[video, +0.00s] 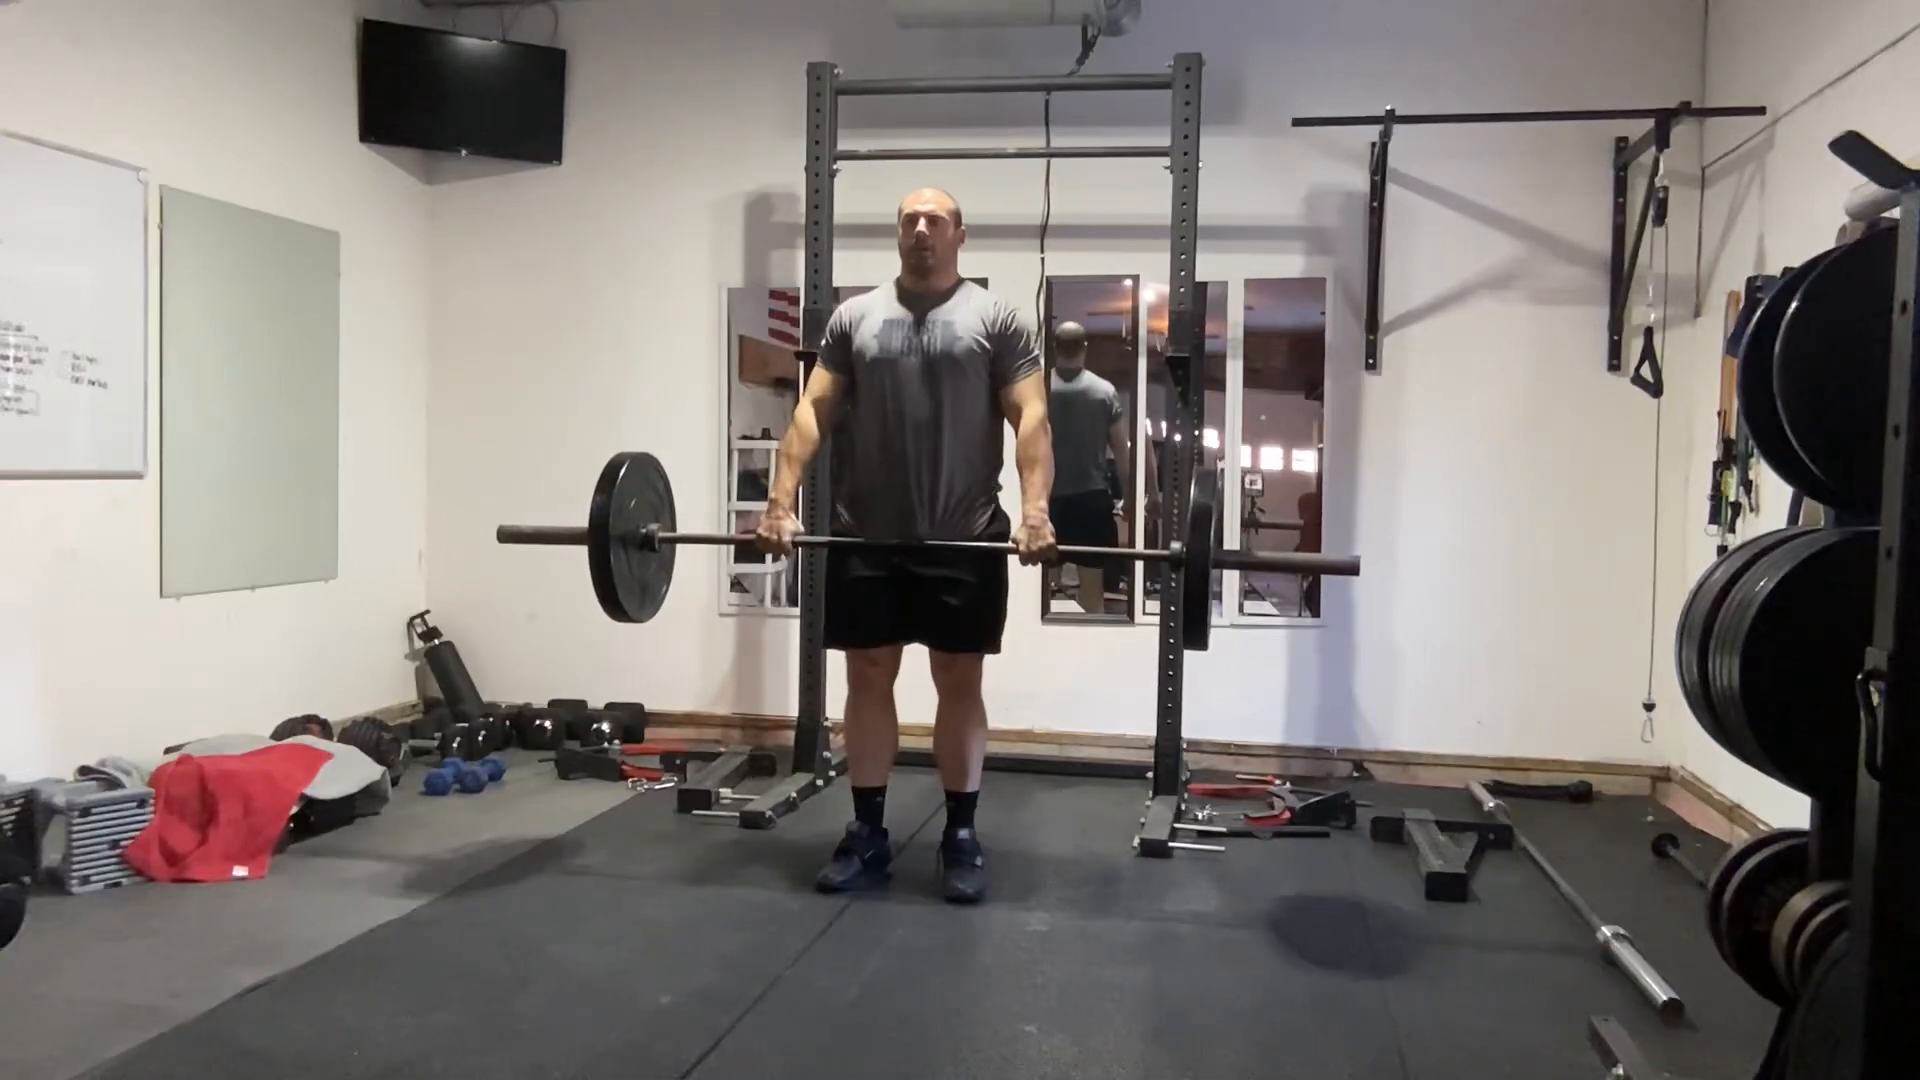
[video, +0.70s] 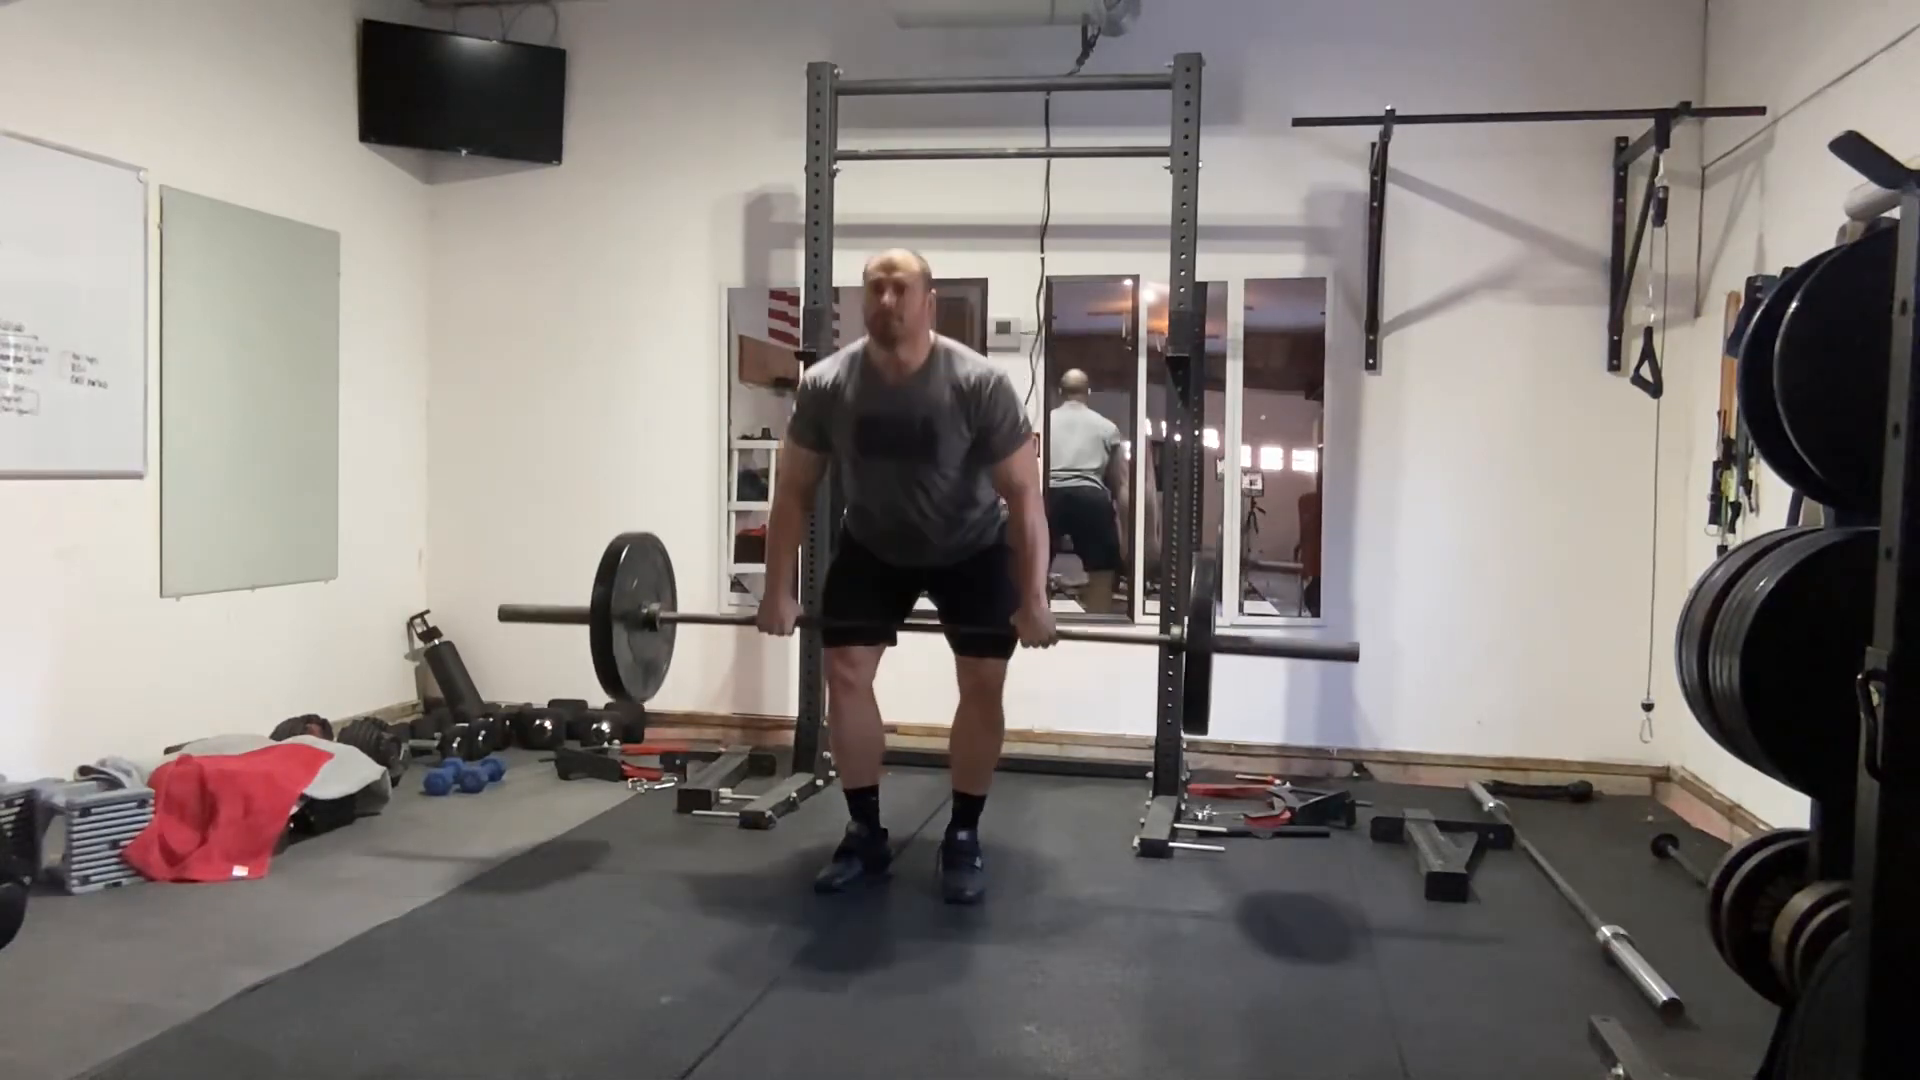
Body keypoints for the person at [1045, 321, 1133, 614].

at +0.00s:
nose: (1070, 351)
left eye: (1066, 346)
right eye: (1073, 345)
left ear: (1055, 348)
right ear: (1085, 348)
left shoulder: (1037, 389)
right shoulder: (1103, 390)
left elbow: (1029, 446)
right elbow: (1121, 450)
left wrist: (1031, 498)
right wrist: (1129, 498)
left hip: (1048, 497)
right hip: (1091, 498)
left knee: (1041, 581)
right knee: (1091, 584)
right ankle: (1093, 648)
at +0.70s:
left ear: (1060, 392)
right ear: (1088, 392)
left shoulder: (1044, 421)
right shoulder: (1106, 427)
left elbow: (1032, 466)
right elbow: (1119, 482)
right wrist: (1127, 537)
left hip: (1051, 498)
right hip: (1091, 499)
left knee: (1036, 565)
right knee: (1101, 571)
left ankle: (1033, 633)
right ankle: (1097, 640)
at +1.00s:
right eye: (1089, 379)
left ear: (1059, 380)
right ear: (1089, 380)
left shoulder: (1042, 410)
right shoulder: (1103, 414)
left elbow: (1031, 455)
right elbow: (1119, 467)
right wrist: (1125, 526)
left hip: (1050, 494)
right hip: (1091, 496)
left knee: (1041, 567)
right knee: (1097, 571)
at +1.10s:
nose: (1079, 356)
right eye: (1084, 350)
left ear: (1057, 352)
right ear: (1085, 353)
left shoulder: (1043, 386)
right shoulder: (1103, 389)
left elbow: (1031, 441)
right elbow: (1127, 440)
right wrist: (1129, 491)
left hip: (1051, 492)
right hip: (1093, 491)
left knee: (1047, 566)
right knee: (1094, 569)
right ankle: (1095, 631)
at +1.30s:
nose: (1069, 348)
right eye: (1072, 340)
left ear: (1051, 342)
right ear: (1081, 342)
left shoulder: (1041, 375)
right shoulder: (1097, 374)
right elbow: (1129, 412)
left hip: (1047, 486)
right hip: (1088, 482)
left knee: (1043, 573)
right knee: (1092, 570)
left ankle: (1033, 642)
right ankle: (1098, 638)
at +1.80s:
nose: (1070, 358)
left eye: (1065, 353)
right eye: (1076, 352)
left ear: (1056, 352)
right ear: (1087, 352)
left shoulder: (1043, 394)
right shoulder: (1106, 393)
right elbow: (1126, 400)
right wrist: (1128, 380)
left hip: (1050, 496)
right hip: (1091, 495)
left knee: (1044, 576)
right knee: (1089, 575)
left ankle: (1038, 645)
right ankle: (1097, 641)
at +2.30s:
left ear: (1057, 401)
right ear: (1085, 400)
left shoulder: (1041, 438)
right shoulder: (1106, 440)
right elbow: (1121, 480)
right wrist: (1126, 437)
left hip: (1050, 532)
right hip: (1093, 532)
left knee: (1034, 594)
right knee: (1103, 595)